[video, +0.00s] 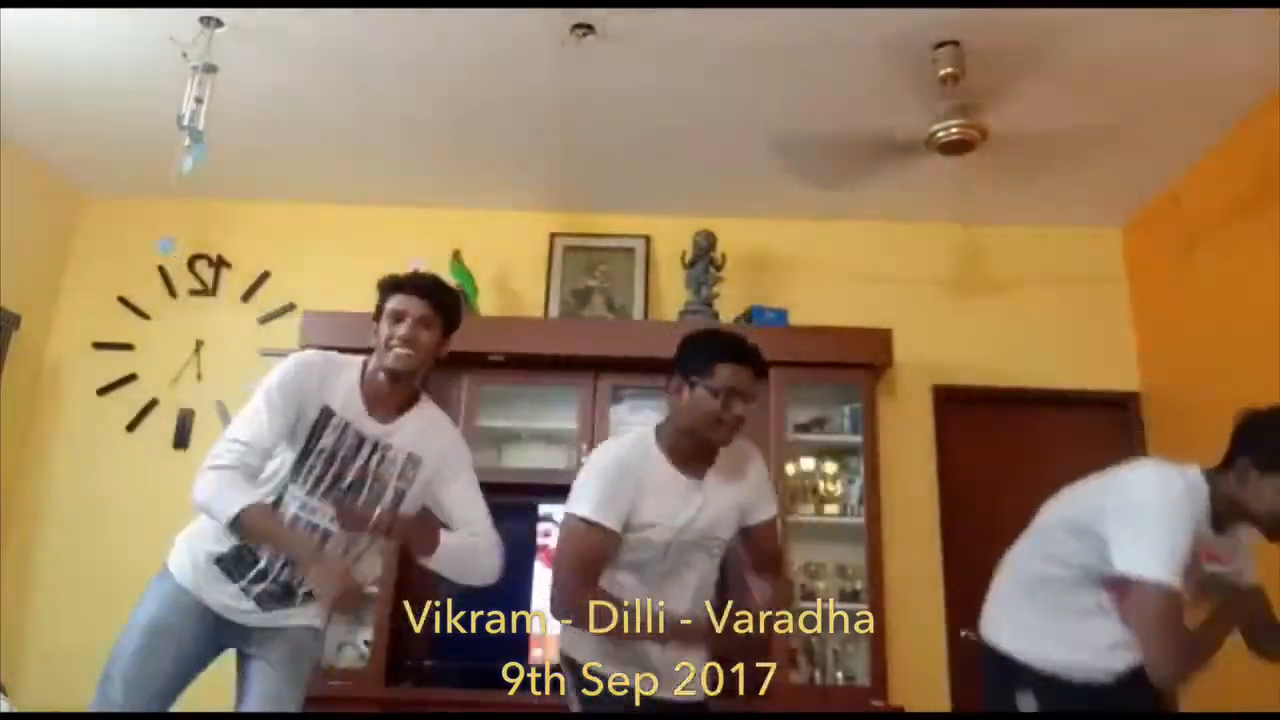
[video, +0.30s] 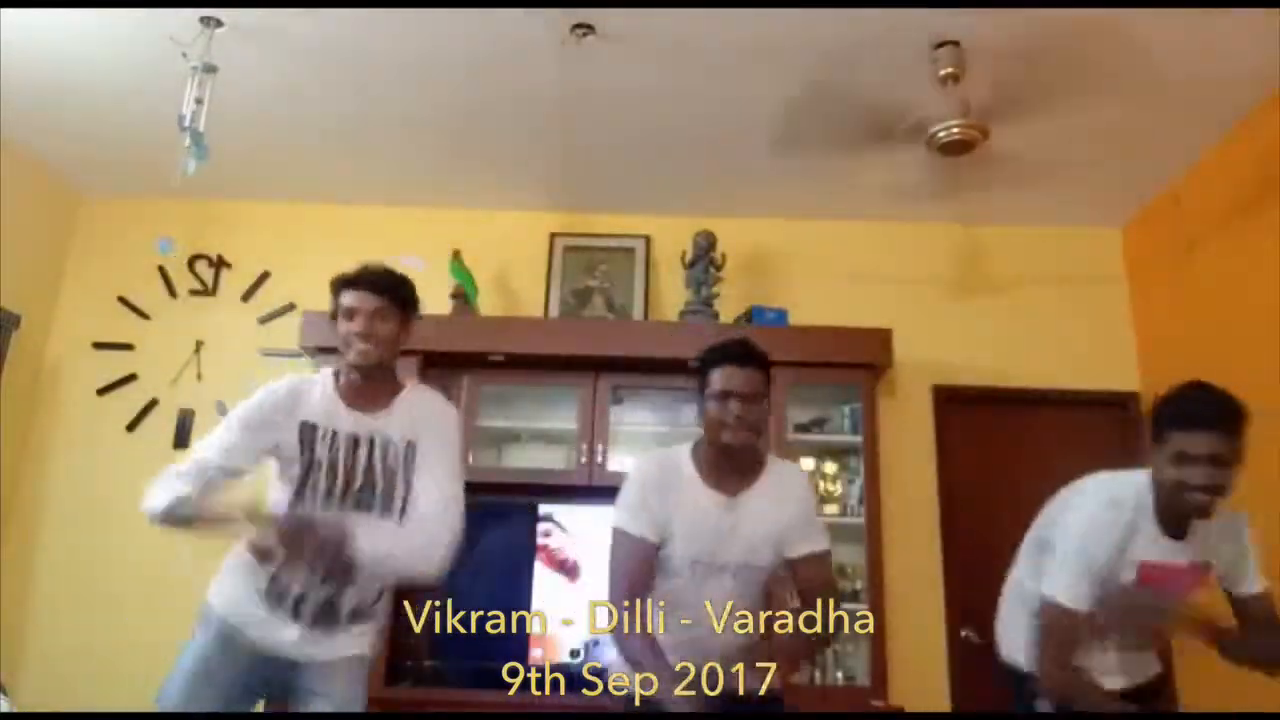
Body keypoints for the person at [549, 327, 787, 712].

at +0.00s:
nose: (738, 412)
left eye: (746, 401)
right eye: (724, 396)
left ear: (753, 403)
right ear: (679, 390)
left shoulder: (744, 466)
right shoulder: (616, 464)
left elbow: (772, 572)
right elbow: (569, 600)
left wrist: (774, 635)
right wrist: (688, 629)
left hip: (689, 677)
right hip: (605, 675)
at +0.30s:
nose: (736, 412)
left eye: (750, 400)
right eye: (722, 398)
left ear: (768, 408)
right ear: (700, 406)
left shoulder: (791, 486)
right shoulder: (653, 478)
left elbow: (822, 617)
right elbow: (625, 613)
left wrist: (757, 671)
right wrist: (671, 691)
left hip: (753, 694)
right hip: (668, 692)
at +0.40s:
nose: (726, 389)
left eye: (743, 376)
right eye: (717, 376)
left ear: (777, 389)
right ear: (706, 384)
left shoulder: (815, 470)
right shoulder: (668, 465)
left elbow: (844, 593)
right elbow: (627, 593)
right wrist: (665, 686)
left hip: (784, 688)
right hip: (689, 683)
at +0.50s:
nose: (716, 379)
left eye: (734, 366)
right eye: (710, 367)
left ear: (780, 376)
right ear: (703, 370)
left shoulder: (827, 452)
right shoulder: (689, 448)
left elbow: (859, 580)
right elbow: (641, 563)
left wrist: (746, 534)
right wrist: (703, 632)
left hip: (810, 687)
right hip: (711, 684)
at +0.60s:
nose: (710, 373)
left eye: (725, 360)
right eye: (706, 361)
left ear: (774, 366)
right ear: (702, 363)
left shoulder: (833, 435)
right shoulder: (700, 442)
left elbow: (861, 564)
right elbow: (675, 560)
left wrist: (773, 562)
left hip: (826, 678)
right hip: (731, 675)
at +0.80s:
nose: (696, 439)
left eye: (709, 424)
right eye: (694, 426)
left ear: (757, 423)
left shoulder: (832, 479)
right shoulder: (716, 502)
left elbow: (867, 619)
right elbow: (694, 622)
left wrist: (762, 631)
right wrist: (647, 691)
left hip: (874, 696)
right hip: (793, 696)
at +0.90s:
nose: (690, 441)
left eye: (702, 426)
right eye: (689, 428)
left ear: (750, 427)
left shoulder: (827, 481)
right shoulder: (714, 503)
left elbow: (854, 626)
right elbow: (702, 621)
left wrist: (735, 610)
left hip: (869, 683)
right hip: (792, 687)